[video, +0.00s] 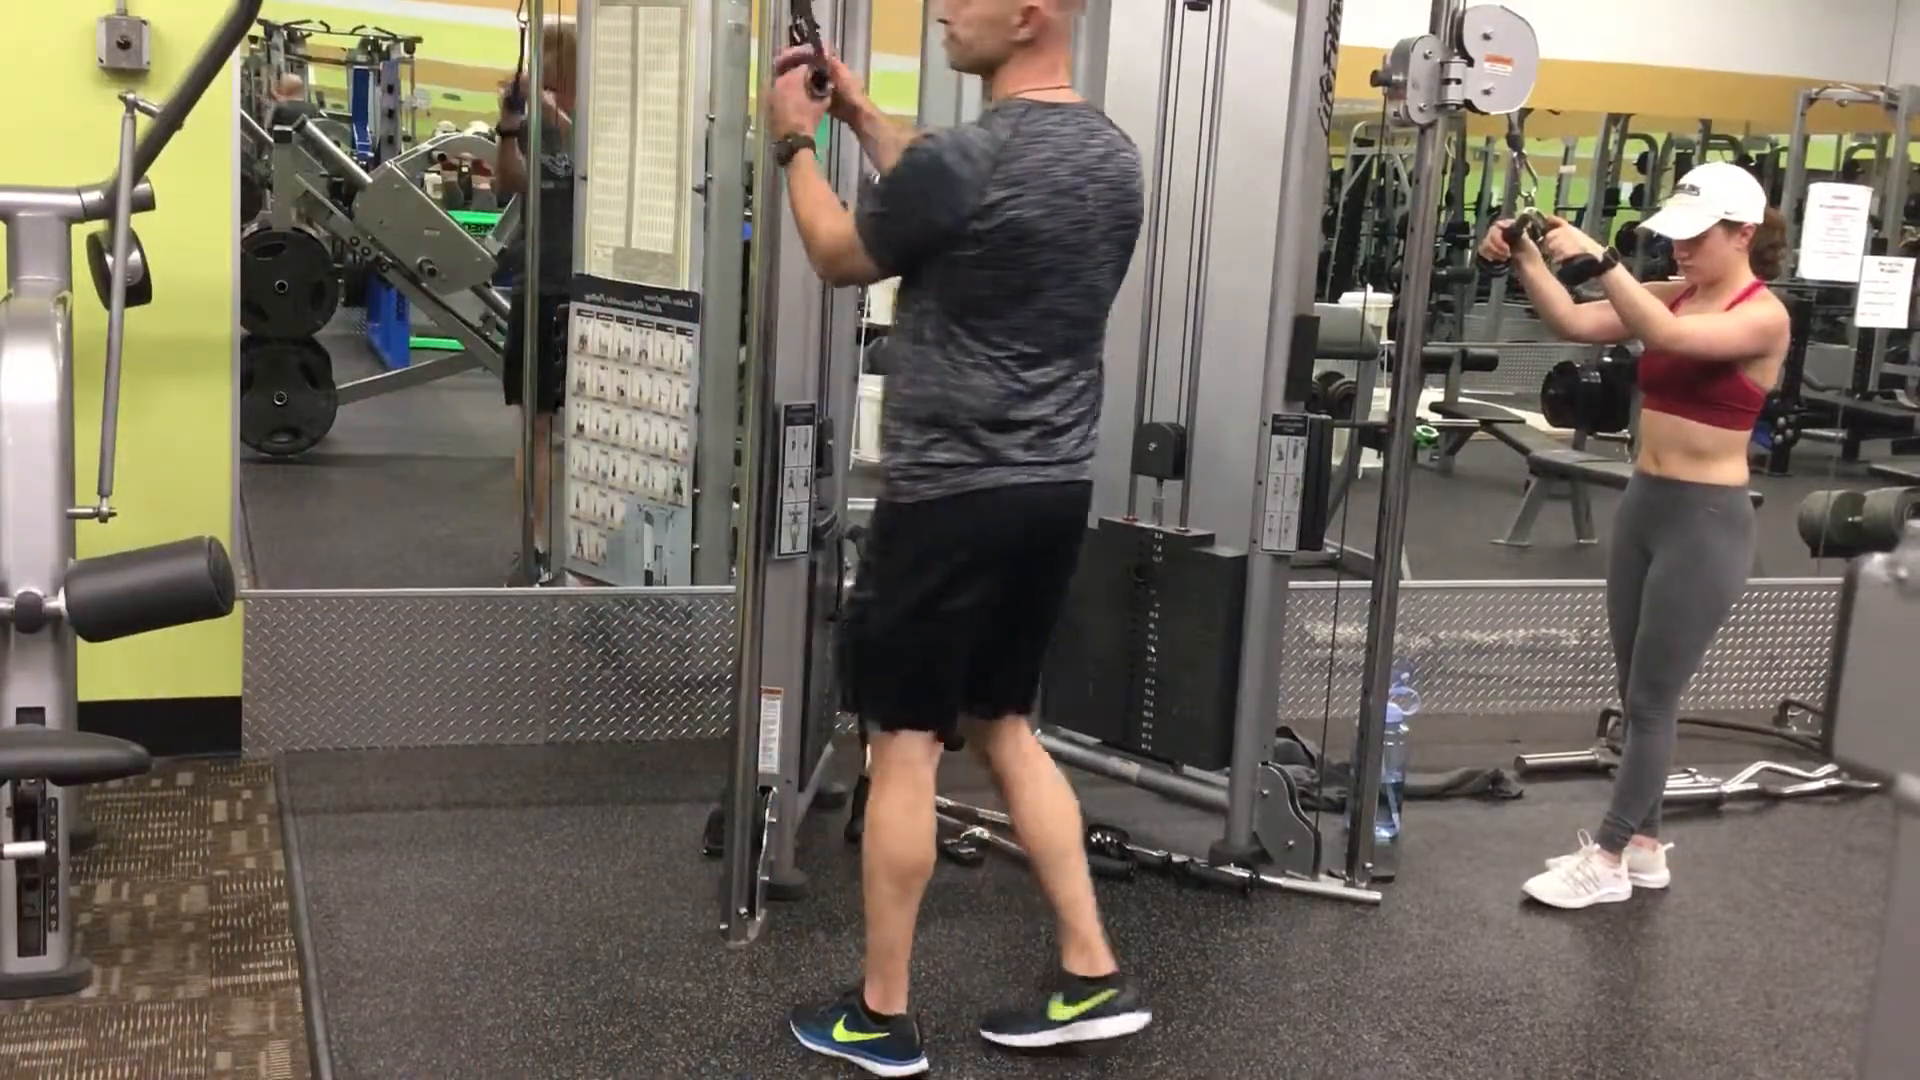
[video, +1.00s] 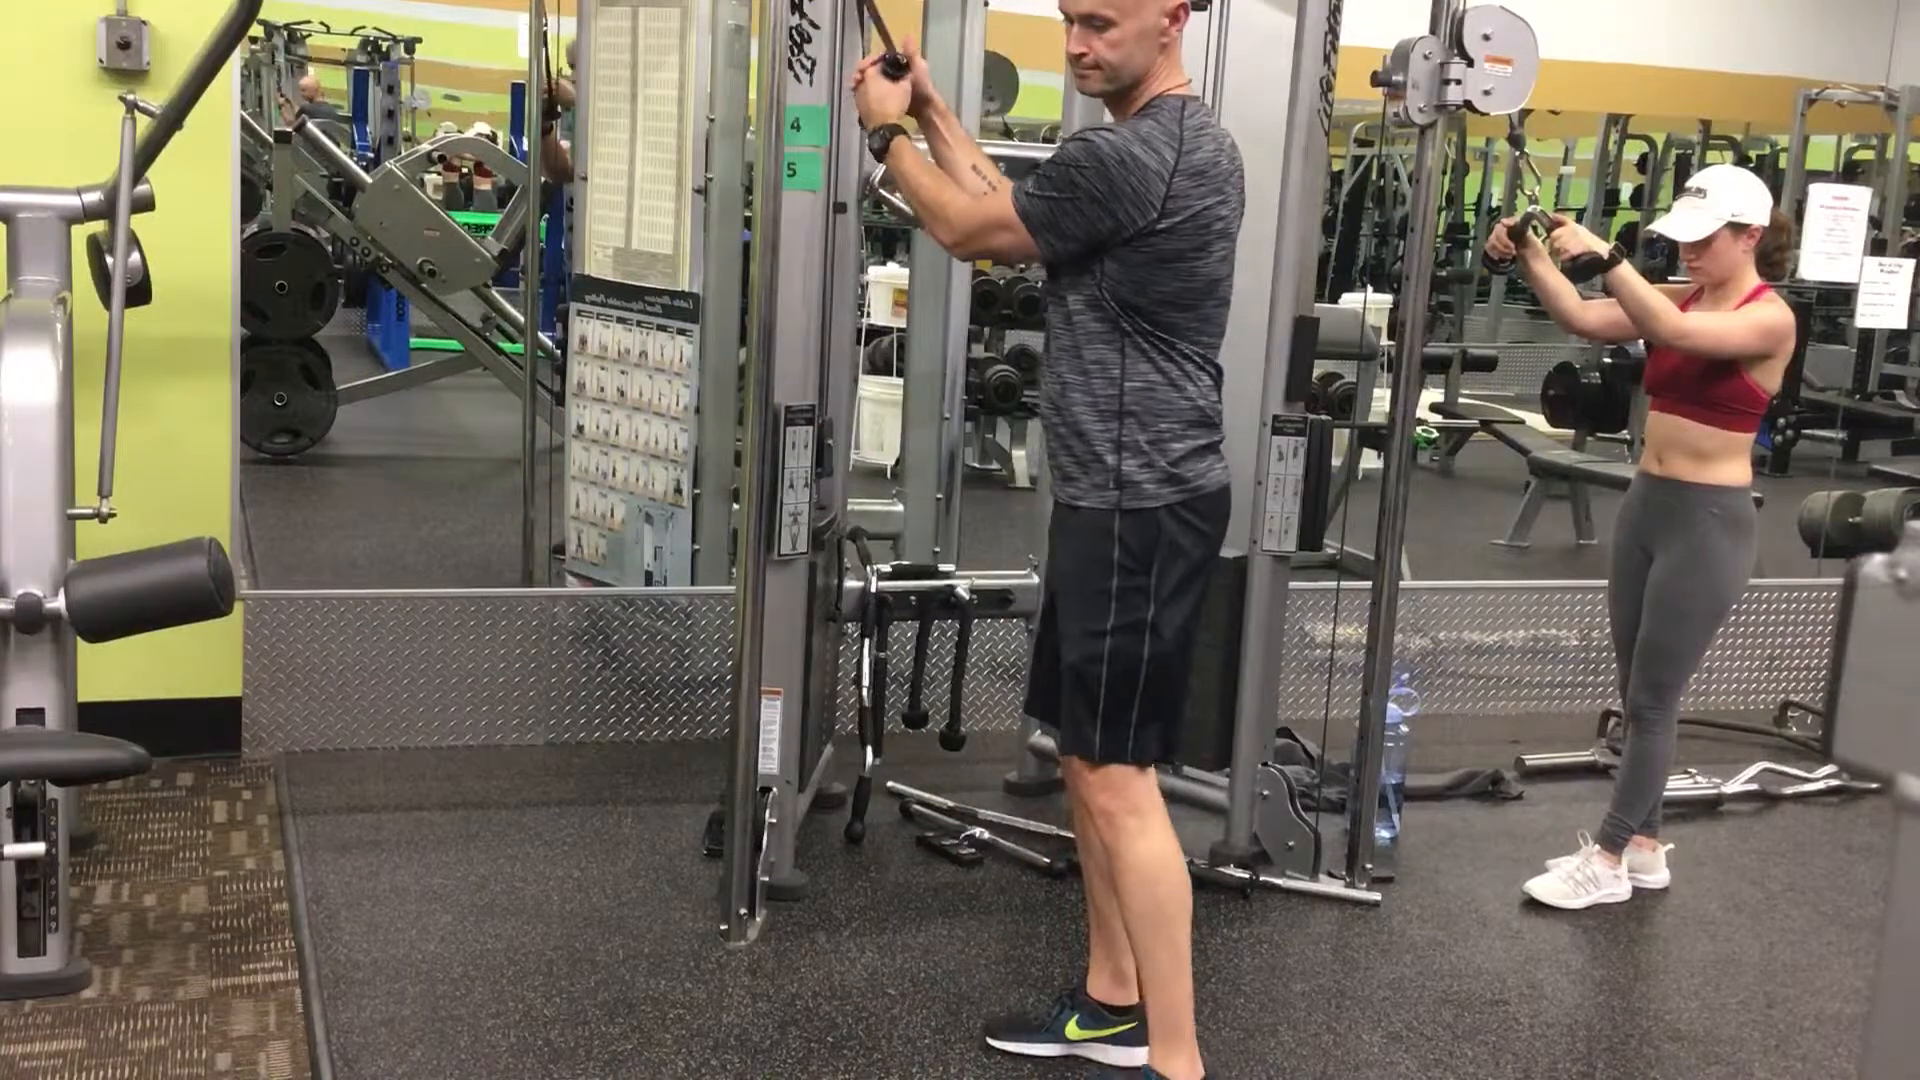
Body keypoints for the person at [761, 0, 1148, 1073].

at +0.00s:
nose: (944, 12)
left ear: (1031, 16)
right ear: (1050, 23)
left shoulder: (959, 161)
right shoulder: (1114, 159)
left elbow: (838, 255)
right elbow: (964, 199)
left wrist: (795, 144)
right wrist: (860, 112)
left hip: (944, 499)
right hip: (1052, 493)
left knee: (903, 745)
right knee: (1005, 724)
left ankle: (882, 1013)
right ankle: (1091, 972)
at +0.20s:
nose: (1004, 19)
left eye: (1028, 6)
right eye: (1009, 3)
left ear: (1100, 21)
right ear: (1107, 33)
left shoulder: (1039, 156)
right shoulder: (1142, 154)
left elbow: (884, 241)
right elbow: (966, 219)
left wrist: (828, 130)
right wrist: (882, 114)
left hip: (1014, 501)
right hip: (1101, 490)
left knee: (941, 748)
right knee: (1061, 742)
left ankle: (884, 1009)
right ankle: (1110, 995)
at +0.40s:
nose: (1050, 21)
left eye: (1078, 7)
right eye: (1050, 3)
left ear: (1147, 19)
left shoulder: (1098, 146)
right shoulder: (1156, 141)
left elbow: (918, 231)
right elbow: (979, 201)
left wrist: (857, 121)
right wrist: (897, 98)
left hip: (1070, 491)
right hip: (1122, 483)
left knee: (995, 749)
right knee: (1089, 744)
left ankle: (933, 1022)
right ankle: (1113, 998)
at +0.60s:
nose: (1074, 23)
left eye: (1102, 10)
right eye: (1071, 6)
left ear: (1167, 22)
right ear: (1073, 15)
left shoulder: (1120, 146)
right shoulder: (1167, 135)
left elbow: (944, 237)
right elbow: (998, 213)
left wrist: (869, 133)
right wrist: (912, 116)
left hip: (1092, 487)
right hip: (1139, 481)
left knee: (1036, 753)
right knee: (1098, 746)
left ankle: (1069, 1040)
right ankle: (1114, 999)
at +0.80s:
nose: (1079, 32)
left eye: (1104, 16)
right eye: (1074, 14)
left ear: (1172, 22)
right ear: (1075, 19)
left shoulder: (1130, 148)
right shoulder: (1175, 139)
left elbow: (957, 240)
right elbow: (1011, 221)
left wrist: (888, 132)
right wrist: (931, 117)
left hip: (1116, 493)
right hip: (1129, 484)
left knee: (1092, 766)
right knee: (1088, 753)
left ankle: (1168, 1047)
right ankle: (1108, 1004)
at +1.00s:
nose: (1077, 43)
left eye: (1100, 24)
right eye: (1071, 24)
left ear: (1172, 22)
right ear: (1077, 24)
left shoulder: (1143, 152)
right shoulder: (1174, 139)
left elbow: (965, 229)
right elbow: (1017, 221)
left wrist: (887, 130)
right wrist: (938, 116)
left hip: (1136, 504)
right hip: (1120, 496)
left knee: (1121, 783)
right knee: (1091, 763)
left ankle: (1178, 1059)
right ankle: (1112, 1004)